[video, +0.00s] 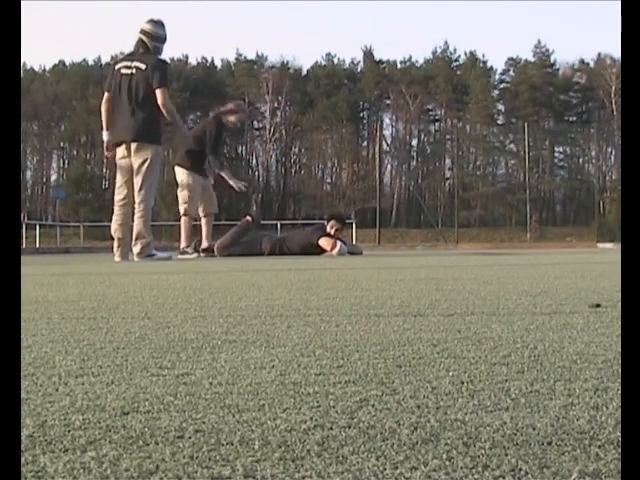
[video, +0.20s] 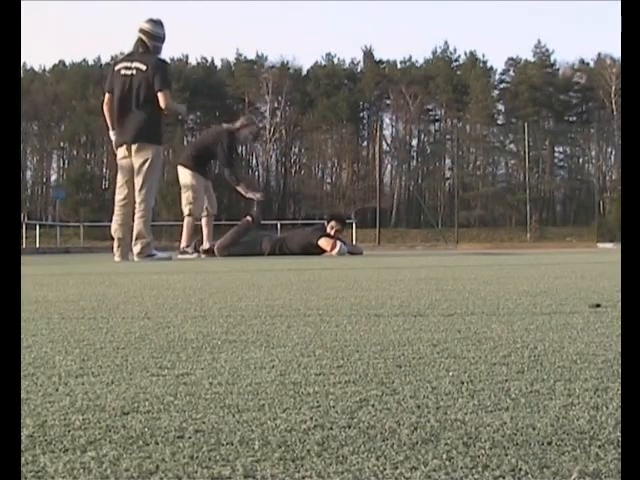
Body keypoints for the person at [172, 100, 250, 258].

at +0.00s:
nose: (236, 124)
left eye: (239, 121)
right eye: (237, 119)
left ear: (233, 116)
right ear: (230, 113)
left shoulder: (220, 127)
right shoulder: (213, 124)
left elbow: (210, 157)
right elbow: (211, 156)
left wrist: (210, 175)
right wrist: (231, 180)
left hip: (200, 170)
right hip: (187, 167)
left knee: (208, 208)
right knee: (187, 208)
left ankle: (206, 245)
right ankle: (184, 246)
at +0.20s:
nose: (249, 138)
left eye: (252, 135)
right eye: (250, 133)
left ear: (243, 128)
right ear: (242, 126)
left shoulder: (230, 139)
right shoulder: (225, 136)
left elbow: (233, 169)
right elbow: (226, 170)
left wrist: (247, 188)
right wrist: (245, 192)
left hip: (202, 171)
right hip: (189, 168)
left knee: (209, 209)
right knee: (192, 209)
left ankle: (207, 246)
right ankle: (184, 247)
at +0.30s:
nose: (251, 141)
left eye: (255, 140)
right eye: (251, 136)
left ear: (256, 142)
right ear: (245, 130)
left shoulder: (235, 143)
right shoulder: (229, 140)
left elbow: (237, 174)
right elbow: (234, 175)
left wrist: (251, 194)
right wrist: (252, 198)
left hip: (204, 171)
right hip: (192, 167)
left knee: (212, 209)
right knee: (198, 207)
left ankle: (207, 246)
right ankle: (184, 245)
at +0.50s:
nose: (259, 148)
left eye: (262, 146)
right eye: (258, 143)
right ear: (250, 137)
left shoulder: (242, 149)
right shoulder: (237, 146)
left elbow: (246, 178)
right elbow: (242, 181)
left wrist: (257, 203)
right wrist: (257, 205)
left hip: (207, 166)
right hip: (198, 164)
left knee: (215, 208)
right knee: (208, 204)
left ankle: (208, 246)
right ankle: (192, 238)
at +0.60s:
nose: (261, 151)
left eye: (264, 151)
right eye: (262, 146)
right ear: (255, 139)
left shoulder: (244, 151)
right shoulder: (239, 148)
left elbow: (247, 180)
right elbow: (244, 181)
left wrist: (258, 206)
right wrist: (258, 208)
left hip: (208, 166)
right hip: (199, 163)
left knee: (216, 206)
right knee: (211, 203)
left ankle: (209, 243)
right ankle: (200, 240)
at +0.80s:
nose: (270, 158)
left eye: (271, 155)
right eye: (269, 154)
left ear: (260, 148)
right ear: (261, 149)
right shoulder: (244, 153)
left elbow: (251, 188)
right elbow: (251, 187)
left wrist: (261, 215)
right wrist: (265, 217)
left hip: (202, 164)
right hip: (207, 165)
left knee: (211, 209)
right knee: (218, 205)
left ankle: (208, 246)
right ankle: (218, 246)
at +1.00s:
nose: (274, 173)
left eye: (277, 172)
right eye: (277, 170)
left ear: (270, 158)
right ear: (273, 161)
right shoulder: (253, 161)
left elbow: (256, 193)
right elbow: (257, 193)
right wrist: (269, 222)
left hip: (204, 164)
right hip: (214, 166)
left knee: (215, 210)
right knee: (226, 205)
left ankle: (208, 245)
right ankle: (218, 246)